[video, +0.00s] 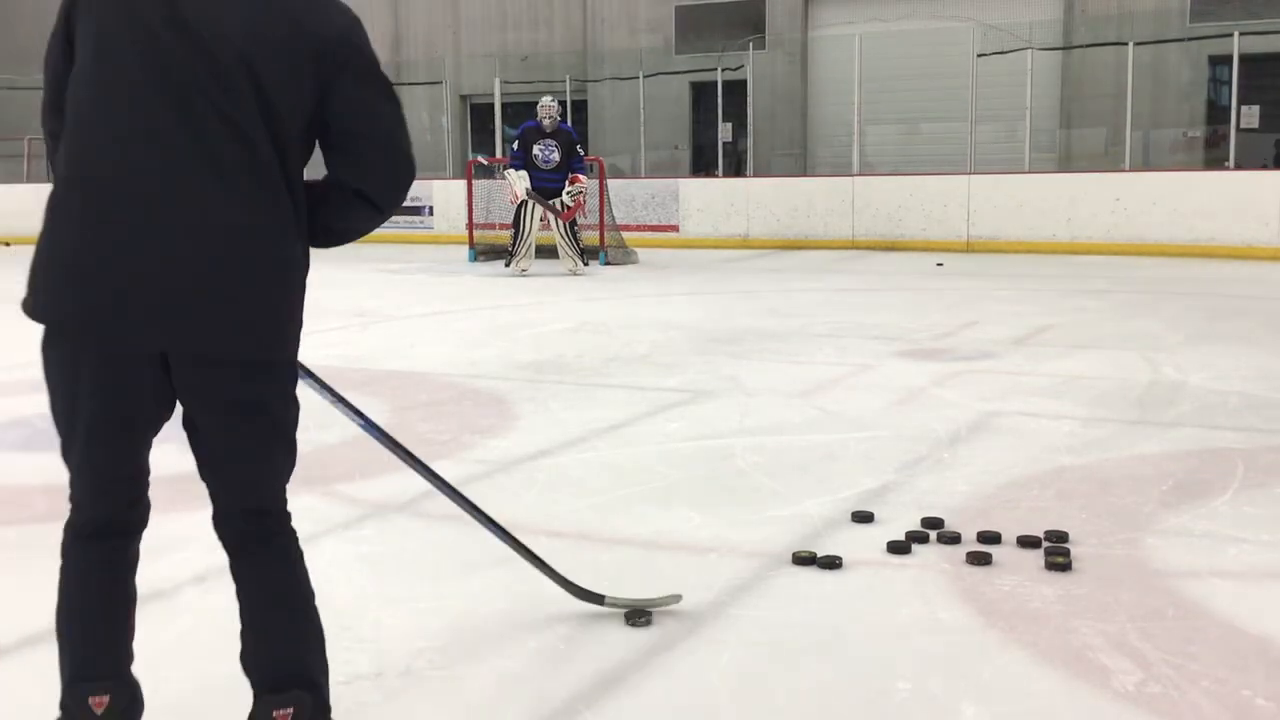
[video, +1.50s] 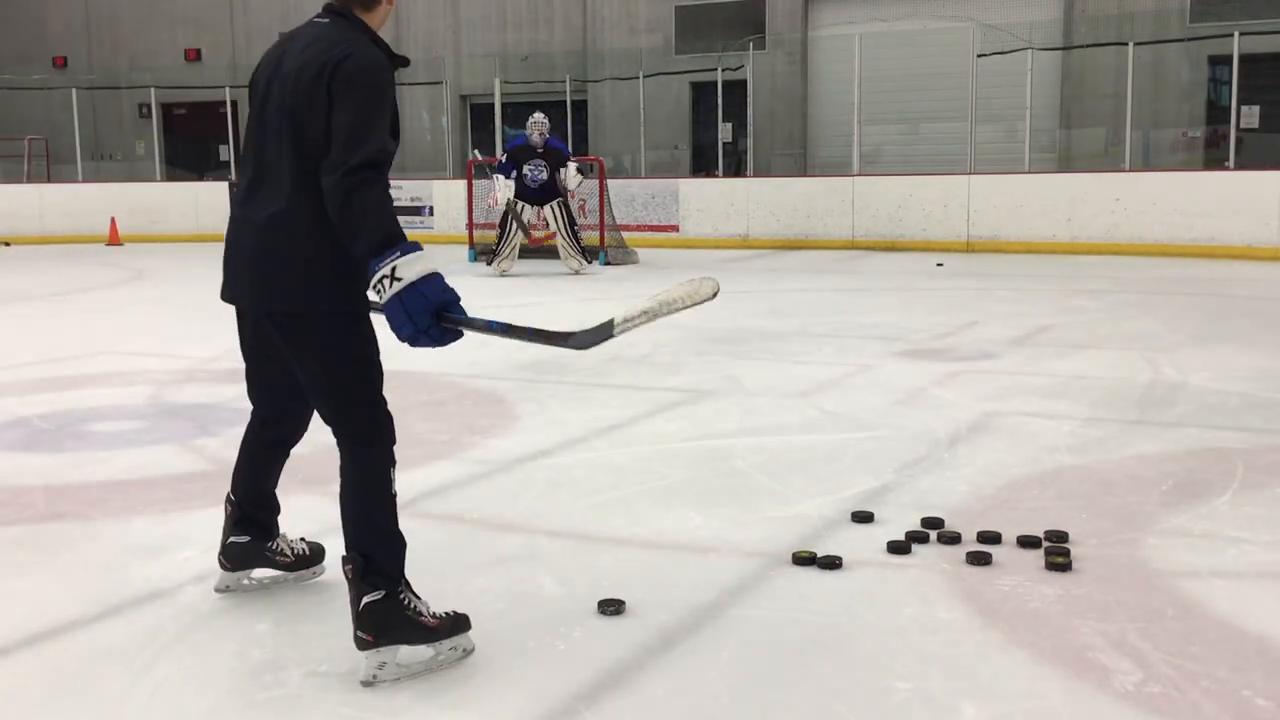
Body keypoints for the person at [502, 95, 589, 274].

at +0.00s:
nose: (547, 113)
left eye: (550, 109)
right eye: (543, 109)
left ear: (557, 111)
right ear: (538, 111)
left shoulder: (567, 133)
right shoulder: (527, 131)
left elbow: (577, 162)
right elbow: (516, 160)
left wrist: (577, 187)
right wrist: (519, 184)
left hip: (559, 191)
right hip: (532, 190)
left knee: (565, 229)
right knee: (525, 228)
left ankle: (576, 265)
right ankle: (520, 265)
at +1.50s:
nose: (536, 133)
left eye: (541, 130)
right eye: (533, 130)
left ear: (546, 131)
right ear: (528, 131)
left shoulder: (556, 149)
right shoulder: (517, 148)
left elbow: (569, 181)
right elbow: (503, 171)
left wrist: (574, 176)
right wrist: (501, 190)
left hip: (552, 197)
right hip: (523, 197)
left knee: (566, 229)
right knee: (511, 231)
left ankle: (578, 263)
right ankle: (501, 264)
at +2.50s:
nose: (538, 155)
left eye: (541, 151)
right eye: (534, 151)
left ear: (547, 152)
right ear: (528, 153)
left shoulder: (556, 170)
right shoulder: (516, 169)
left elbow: (569, 195)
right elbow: (500, 191)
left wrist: (580, 186)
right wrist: (501, 211)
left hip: (549, 209)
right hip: (523, 209)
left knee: (565, 236)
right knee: (510, 237)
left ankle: (584, 263)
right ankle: (491, 265)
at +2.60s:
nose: (538, 158)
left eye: (541, 154)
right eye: (534, 154)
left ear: (548, 156)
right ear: (528, 156)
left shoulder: (556, 174)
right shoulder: (516, 171)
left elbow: (565, 197)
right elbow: (500, 191)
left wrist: (573, 204)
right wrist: (512, 210)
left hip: (549, 217)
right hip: (522, 217)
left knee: (565, 241)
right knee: (512, 243)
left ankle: (587, 264)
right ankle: (493, 266)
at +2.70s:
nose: (536, 164)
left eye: (540, 160)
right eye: (532, 160)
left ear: (547, 160)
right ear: (527, 161)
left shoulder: (556, 180)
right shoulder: (518, 178)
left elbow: (564, 203)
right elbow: (501, 196)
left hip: (549, 224)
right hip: (524, 225)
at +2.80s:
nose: (532, 177)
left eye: (536, 173)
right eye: (529, 173)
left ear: (543, 172)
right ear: (523, 172)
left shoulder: (554, 189)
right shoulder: (515, 187)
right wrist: (502, 218)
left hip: (546, 235)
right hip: (520, 236)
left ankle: (591, 263)